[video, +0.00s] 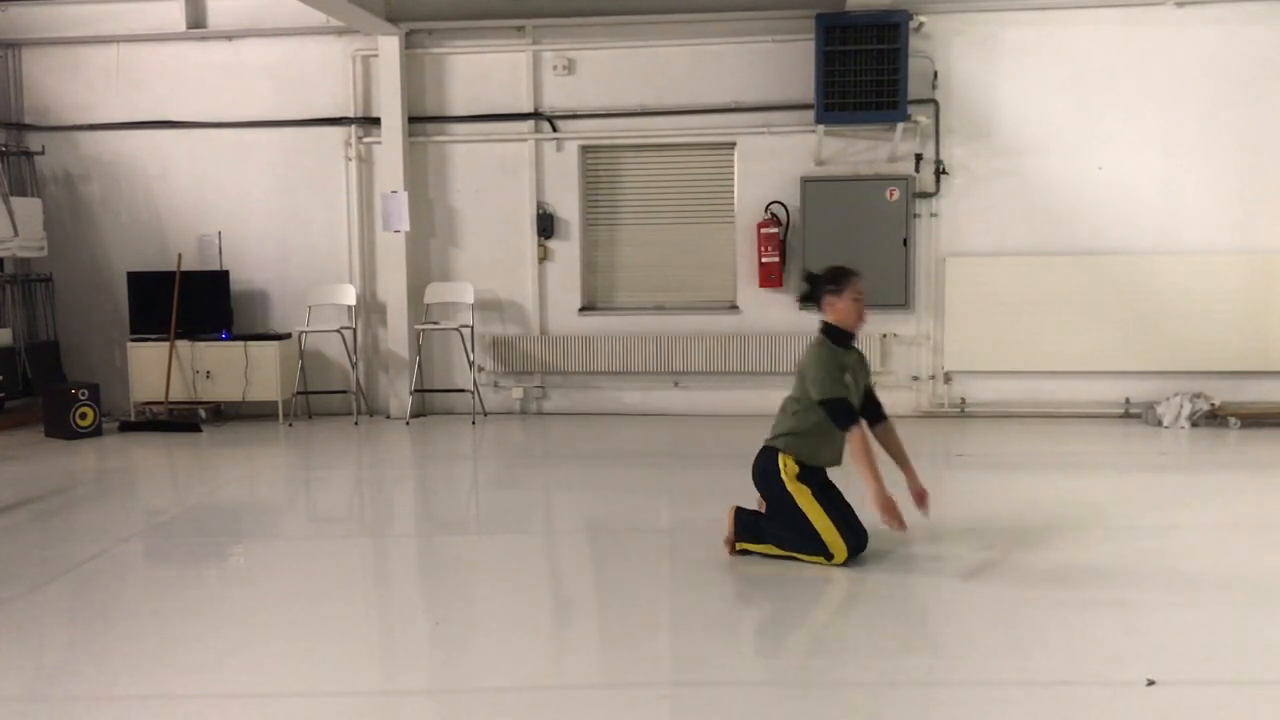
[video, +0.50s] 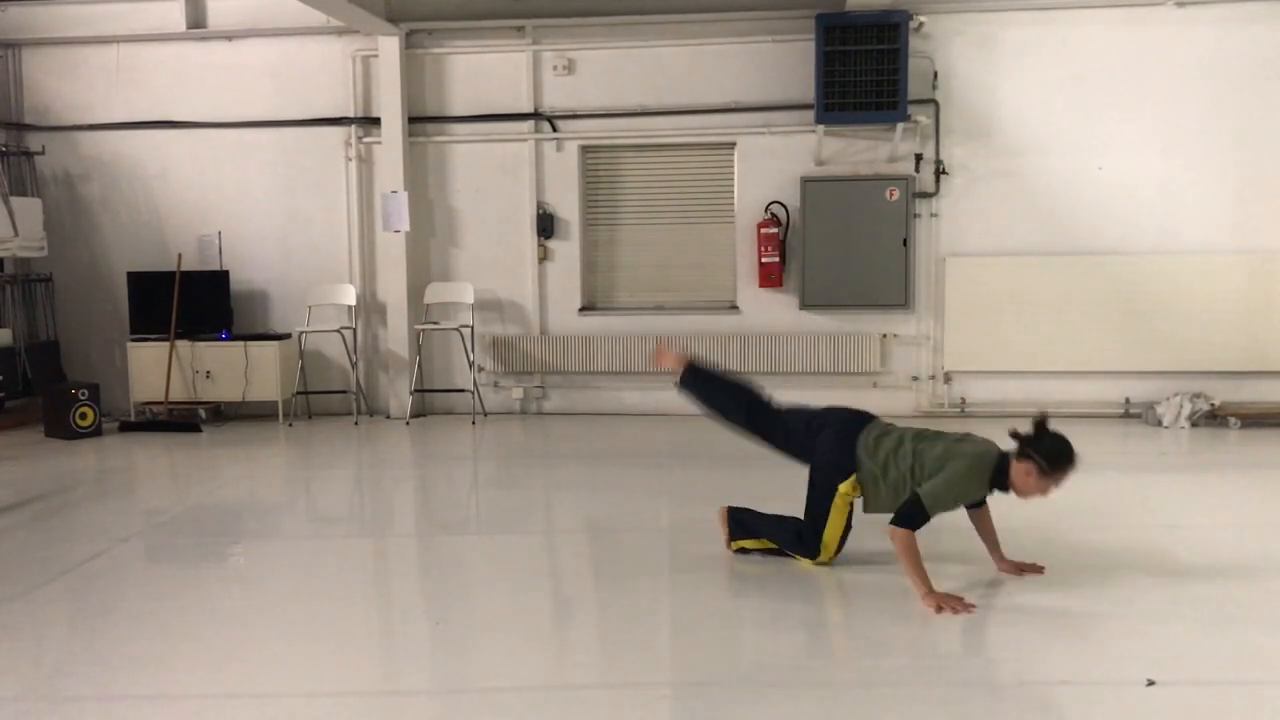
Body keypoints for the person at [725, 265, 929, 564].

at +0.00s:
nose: (864, 307)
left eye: (863, 299)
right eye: (856, 298)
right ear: (829, 304)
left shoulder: (854, 359)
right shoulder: (821, 357)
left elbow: (878, 421)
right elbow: (852, 429)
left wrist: (911, 476)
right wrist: (879, 494)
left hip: (808, 468)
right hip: (781, 468)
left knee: (854, 541)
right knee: (839, 550)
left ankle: (775, 513)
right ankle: (745, 528)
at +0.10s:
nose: (903, 330)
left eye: (904, 321)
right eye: (896, 321)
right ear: (870, 323)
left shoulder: (883, 379)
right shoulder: (852, 377)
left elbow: (908, 439)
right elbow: (882, 451)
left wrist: (941, 495)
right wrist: (908, 518)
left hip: (809, 471)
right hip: (783, 468)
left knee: (851, 539)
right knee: (837, 551)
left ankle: (771, 510)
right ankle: (746, 528)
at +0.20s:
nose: (945, 363)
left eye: (945, 354)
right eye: (939, 354)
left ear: (915, 353)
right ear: (911, 352)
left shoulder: (908, 399)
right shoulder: (886, 400)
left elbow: (936, 460)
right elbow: (907, 481)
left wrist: (970, 516)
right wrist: (929, 553)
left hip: (808, 469)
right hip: (787, 468)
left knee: (841, 545)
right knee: (836, 553)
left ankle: (757, 514)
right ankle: (750, 524)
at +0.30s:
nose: (985, 403)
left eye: (989, 394)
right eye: (980, 392)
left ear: (958, 388)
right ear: (953, 386)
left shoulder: (936, 422)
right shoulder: (917, 426)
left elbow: (960, 482)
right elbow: (909, 511)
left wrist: (996, 539)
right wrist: (933, 588)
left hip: (811, 458)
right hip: (799, 460)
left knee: (835, 542)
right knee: (836, 552)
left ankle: (736, 504)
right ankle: (744, 525)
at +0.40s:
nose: (1023, 449)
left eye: (1028, 441)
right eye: (1022, 439)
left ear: (1002, 425)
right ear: (997, 426)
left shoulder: (966, 439)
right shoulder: (945, 448)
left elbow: (971, 501)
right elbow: (901, 523)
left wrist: (1002, 560)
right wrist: (928, 593)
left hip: (826, 439)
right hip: (822, 462)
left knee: (772, 495)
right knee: (834, 552)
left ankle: (694, 455)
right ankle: (747, 525)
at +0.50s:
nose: (1046, 494)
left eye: (1052, 487)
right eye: (1047, 484)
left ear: (1028, 461)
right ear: (1028, 468)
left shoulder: (988, 457)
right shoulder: (966, 472)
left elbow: (976, 506)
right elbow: (901, 526)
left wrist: (1000, 560)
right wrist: (930, 594)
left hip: (850, 428)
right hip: (843, 462)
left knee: (764, 418)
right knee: (821, 547)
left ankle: (685, 369)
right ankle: (739, 525)